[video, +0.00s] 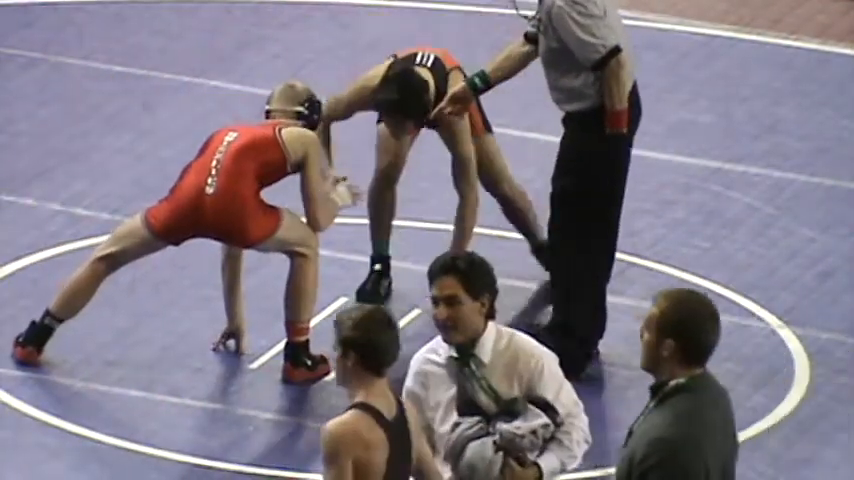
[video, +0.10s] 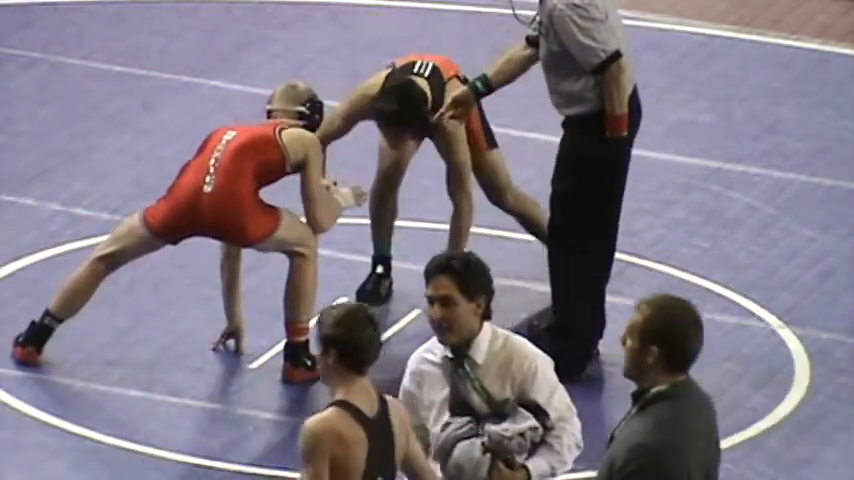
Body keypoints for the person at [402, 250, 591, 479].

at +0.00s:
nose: (441, 315)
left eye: (452, 303)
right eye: (435, 303)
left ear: (484, 303)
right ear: (430, 303)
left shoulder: (530, 357)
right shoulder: (424, 367)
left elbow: (575, 427)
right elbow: (416, 449)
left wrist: (540, 470)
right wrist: (446, 476)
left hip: (525, 472)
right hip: (457, 473)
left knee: (479, 453)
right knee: (478, 451)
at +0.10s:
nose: (435, 315)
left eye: (447, 304)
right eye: (431, 303)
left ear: (480, 305)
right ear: (425, 302)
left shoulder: (525, 359)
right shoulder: (421, 366)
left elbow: (567, 431)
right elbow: (412, 449)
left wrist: (529, 471)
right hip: (452, 472)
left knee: (467, 454)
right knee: (467, 452)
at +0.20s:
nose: (430, 315)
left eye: (442, 304)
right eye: (426, 303)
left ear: (475, 307)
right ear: (422, 302)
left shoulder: (518, 361)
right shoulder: (418, 365)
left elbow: (560, 438)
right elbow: (405, 441)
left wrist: (519, 473)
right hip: (445, 473)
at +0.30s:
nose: (425, 317)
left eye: (437, 306)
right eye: (422, 305)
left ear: (470, 310)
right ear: (417, 304)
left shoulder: (514, 365)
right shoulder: (415, 367)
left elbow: (552, 438)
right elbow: (398, 437)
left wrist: (511, 476)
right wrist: (416, 474)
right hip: (438, 473)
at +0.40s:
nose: (421, 317)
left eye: (433, 308)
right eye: (418, 306)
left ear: (466, 313)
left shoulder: (508, 369)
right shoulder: (412, 366)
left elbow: (540, 443)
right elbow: (393, 438)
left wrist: (503, 476)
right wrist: (402, 473)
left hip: (493, 471)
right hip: (423, 471)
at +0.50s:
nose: (415, 318)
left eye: (426, 309)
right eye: (414, 306)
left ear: (461, 315)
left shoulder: (503, 373)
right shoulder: (407, 364)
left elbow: (527, 452)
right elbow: (388, 436)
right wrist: (383, 473)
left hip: (476, 473)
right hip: (412, 472)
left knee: (427, 460)